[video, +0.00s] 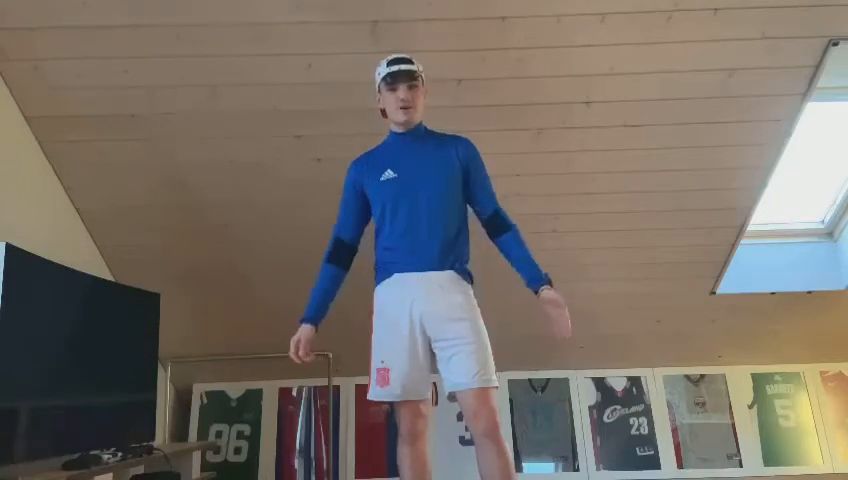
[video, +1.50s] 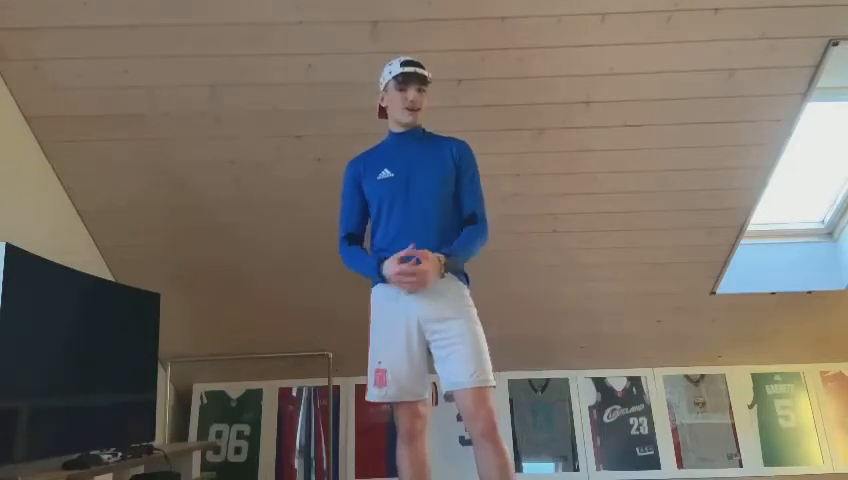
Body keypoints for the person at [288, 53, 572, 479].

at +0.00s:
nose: (403, 95)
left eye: (411, 86)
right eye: (393, 88)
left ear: (424, 95)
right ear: (380, 103)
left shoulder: (459, 150)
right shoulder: (365, 167)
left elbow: (497, 223)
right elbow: (341, 248)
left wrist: (541, 284)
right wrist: (309, 321)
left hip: (452, 294)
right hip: (394, 301)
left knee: (484, 419)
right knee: (411, 423)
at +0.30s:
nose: (402, 95)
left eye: (410, 87)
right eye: (392, 89)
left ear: (423, 95)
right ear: (379, 103)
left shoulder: (458, 149)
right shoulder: (363, 166)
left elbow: (482, 229)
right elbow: (355, 249)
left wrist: (491, 299)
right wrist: (352, 321)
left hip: (452, 294)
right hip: (394, 299)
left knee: (484, 419)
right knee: (410, 423)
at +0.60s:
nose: (401, 96)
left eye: (409, 87)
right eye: (390, 89)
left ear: (421, 95)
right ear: (377, 103)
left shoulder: (456, 148)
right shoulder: (361, 167)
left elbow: (485, 225)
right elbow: (354, 249)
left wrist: (487, 294)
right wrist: (360, 317)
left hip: (451, 294)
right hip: (392, 300)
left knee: (484, 420)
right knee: (411, 424)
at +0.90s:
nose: (406, 95)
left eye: (413, 87)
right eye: (395, 87)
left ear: (423, 96)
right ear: (377, 102)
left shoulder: (454, 149)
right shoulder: (360, 169)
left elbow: (482, 224)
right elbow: (353, 248)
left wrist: (498, 295)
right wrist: (347, 320)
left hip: (450, 296)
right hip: (393, 301)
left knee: (483, 419)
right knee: (411, 422)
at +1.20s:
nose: (411, 94)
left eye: (417, 86)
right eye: (399, 87)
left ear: (425, 96)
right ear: (379, 99)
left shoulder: (454, 150)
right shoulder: (361, 168)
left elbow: (485, 215)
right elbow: (346, 242)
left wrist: (500, 261)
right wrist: (329, 301)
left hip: (451, 295)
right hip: (394, 300)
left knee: (483, 417)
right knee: (411, 421)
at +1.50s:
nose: (413, 95)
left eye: (420, 88)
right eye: (402, 87)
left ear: (428, 97)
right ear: (383, 99)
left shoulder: (456, 151)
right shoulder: (362, 166)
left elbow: (478, 227)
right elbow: (349, 243)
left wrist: (444, 261)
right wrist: (381, 268)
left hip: (448, 295)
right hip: (392, 301)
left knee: (483, 418)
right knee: (410, 422)